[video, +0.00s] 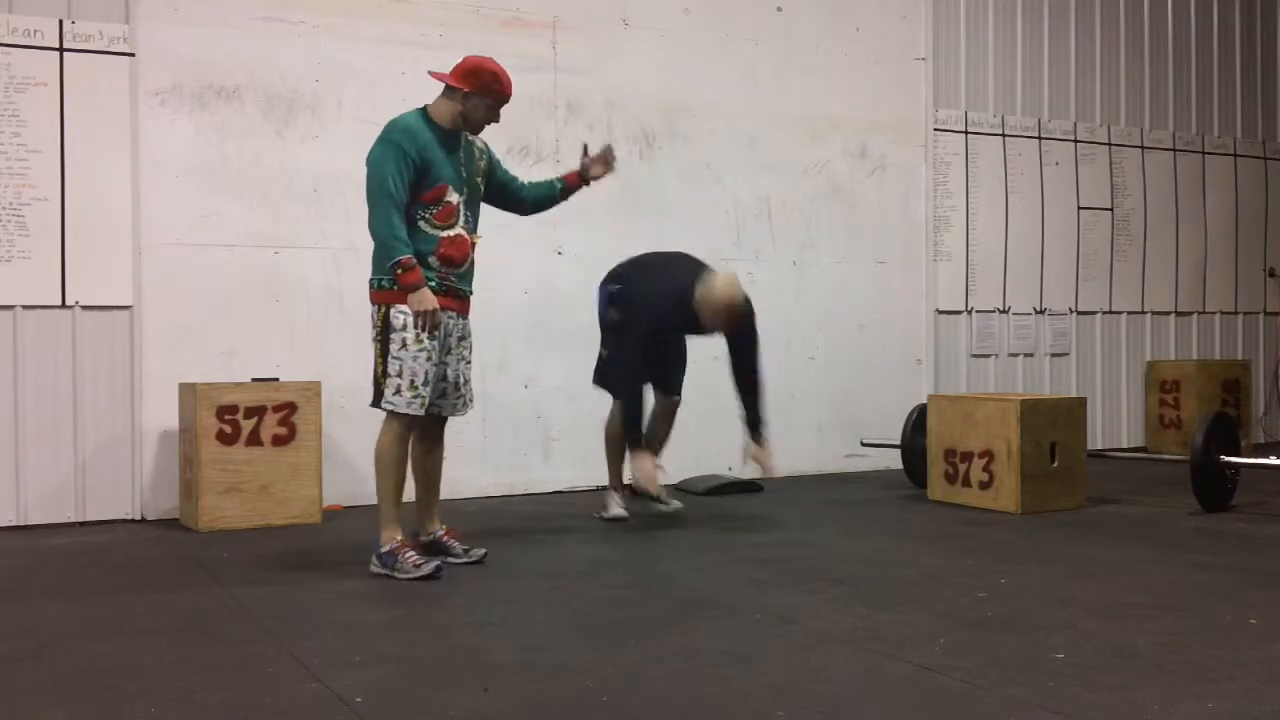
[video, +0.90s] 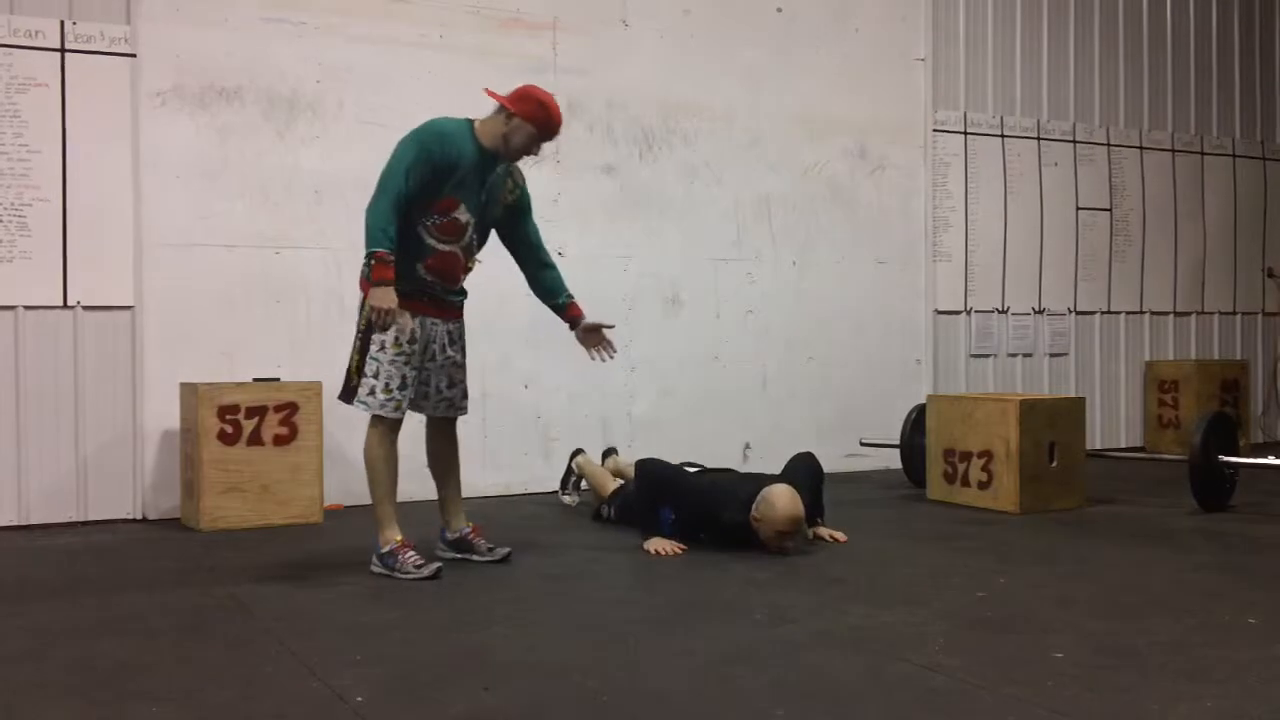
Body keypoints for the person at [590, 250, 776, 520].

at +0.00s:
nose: (719, 325)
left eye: (725, 319)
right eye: (715, 317)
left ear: (734, 305)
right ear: (702, 302)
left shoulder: (736, 307)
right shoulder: (655, 303)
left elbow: (746, 372)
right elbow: (630, 384)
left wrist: (756, 438)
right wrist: (637, 451)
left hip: (666, 313)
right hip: (624, 307)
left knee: (669, 400)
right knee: (623, 402)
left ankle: (644, 481)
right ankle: (615, 490)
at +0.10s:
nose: (729, 369)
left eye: (737, 363)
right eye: (725, 362)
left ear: (749, 345)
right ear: (714, 347)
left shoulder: (745, 338)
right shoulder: (674, 343)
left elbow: (768, 406)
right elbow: (654, 418)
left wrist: (793, 476)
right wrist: (653, 491)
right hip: (634, 298)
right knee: (622, 408)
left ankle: (620, 451)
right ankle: (598, 452)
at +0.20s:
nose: (755, 423)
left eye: (761, 416)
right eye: (750, 417)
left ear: (769, 396)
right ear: (733, 402)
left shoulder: (764, 390)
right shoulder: (693, 399)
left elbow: (792, 455)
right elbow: (655, 469)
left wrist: (813, 522)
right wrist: (651, 534)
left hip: (690, 346)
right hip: (644, 354)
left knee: (648, 424)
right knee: (611, 428)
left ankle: (605, 443)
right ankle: (583, 435)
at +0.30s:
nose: (786, 477)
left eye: (788, 469)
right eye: (779, 473)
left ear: (789, 454)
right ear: (754, 466)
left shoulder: (782, 441)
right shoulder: (701, 452)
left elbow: (815, 472)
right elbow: (632, 476)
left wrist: (815, 523)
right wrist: (648, 535)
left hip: (701, 414)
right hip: (658, 418)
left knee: (636, 445)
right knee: (609, 444)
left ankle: (601, 462)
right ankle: (574, 456)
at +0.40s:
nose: (784, 514)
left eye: (789, 509)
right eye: (779, 509)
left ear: (794, 494)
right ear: (759, 498)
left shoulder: (794, 477)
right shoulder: (712, 480)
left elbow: (815, 468)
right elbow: (645, 477)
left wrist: (816, 521)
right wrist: (649, 534)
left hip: (703, 478)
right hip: (662, 477)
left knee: (631, 479)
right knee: (609, 482)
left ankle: (604, 464)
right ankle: (576, 463)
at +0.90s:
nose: (788, 543)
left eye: (795, 535)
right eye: (781, 537)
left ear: (800, 515)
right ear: (756, 519)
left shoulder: (797, 495)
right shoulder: (711, 509)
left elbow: (808, 459)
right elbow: (648, 467)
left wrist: (816, 521)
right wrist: (651, 533)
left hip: (701, 482)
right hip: (657, 497)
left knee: (646, 477)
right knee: (612, 495)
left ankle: (611, 460)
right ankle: (581, 462)